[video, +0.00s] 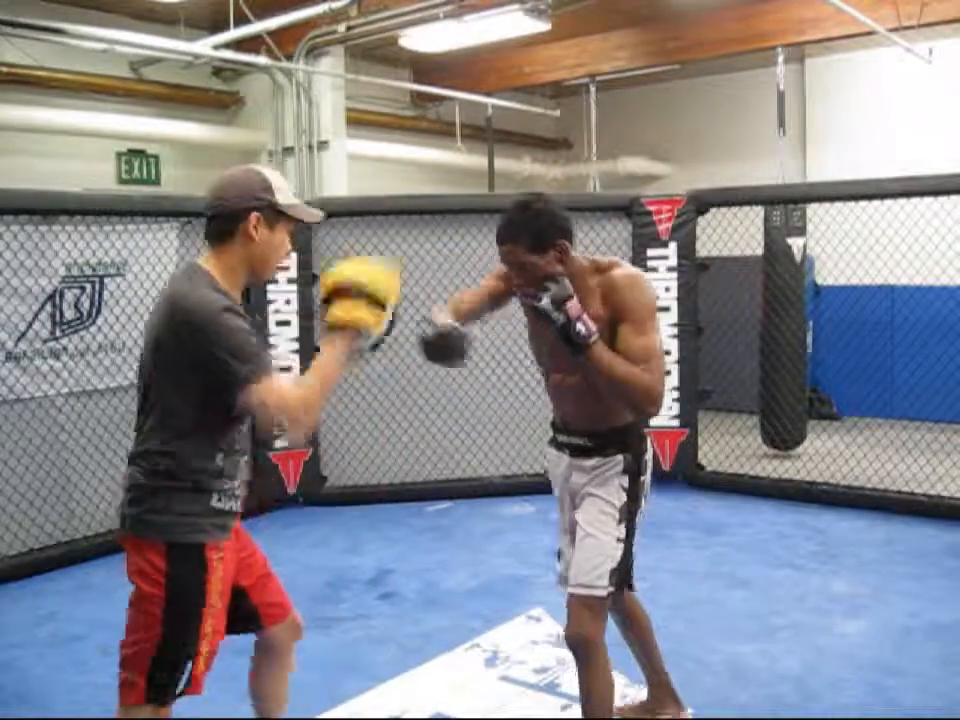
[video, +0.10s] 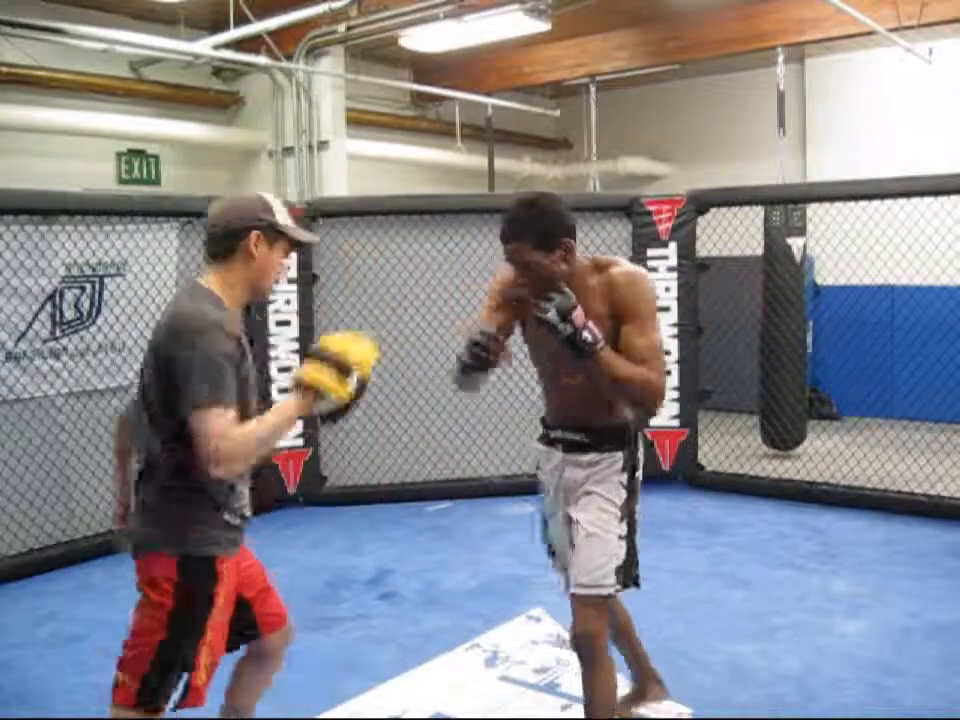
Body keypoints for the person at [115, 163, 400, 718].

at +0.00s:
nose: (291, 246)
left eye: (292, 233)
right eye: (286, 230)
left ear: (248, 228)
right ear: (252, 228)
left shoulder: (215, 299)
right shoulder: (203, 311)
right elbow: (294, 415)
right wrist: (342, 336)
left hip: (210, 520)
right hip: (176, 527)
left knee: (280, 631)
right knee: (149, 699)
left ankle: (271, 714)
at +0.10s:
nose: (286, 267)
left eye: (289, 254)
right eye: (283, 252)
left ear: (246, 246)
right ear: (252, 245)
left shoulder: (215, 316)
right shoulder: (204, 326)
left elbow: (130, 425)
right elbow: (221, 454)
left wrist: (126, 502)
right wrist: (302, 400)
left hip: (213, 535)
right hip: (186, 541)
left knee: (270, 638)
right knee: (141, 703)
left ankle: (232, 714)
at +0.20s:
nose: (294, 272)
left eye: (296, 259)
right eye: (290, 256)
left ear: (250, 251)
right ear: (262, 250)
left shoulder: (199, 310)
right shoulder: (231, 323)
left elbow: (130, 412)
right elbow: (209, 443)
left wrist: (110, 500)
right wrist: (297, 427)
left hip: (196, 529)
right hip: (207, 538)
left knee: (257, 637)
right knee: (168, 699)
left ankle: (227, 713)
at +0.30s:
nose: (312, 263)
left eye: (315, 249)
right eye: (310, 247)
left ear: (268, 239)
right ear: (284, 238)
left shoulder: (205, 297)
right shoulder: (264, 303)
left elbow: (152, 399)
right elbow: (232, 405)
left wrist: (154, 483)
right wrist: (319, 429)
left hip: (187, 509)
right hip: (228, 516)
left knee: (222, 664)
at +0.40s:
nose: (335, 260)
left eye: (338, 249)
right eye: (334, 247)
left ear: (276, 236)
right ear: (310, 236)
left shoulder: (223, 289)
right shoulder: (293, 294)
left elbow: (187, 399)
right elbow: (277, 395)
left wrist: (290, 421)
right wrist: (350, 425)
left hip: (196, 499)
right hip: (258, 502)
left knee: (209, 643)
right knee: (331, 633)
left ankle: (196, 716)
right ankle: (275, 711)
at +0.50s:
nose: (356, 271)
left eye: (360, 259)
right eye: (356, 256)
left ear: (303, 245)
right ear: (333, 246)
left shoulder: (239, 298)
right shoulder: (324, 304)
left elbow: (228, 395)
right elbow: (326, 408)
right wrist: (384, 428)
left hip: (220, 492)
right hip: (288, 496)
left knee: (204, 641)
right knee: (375, 606)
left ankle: (188, 715)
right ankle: (351, 711)